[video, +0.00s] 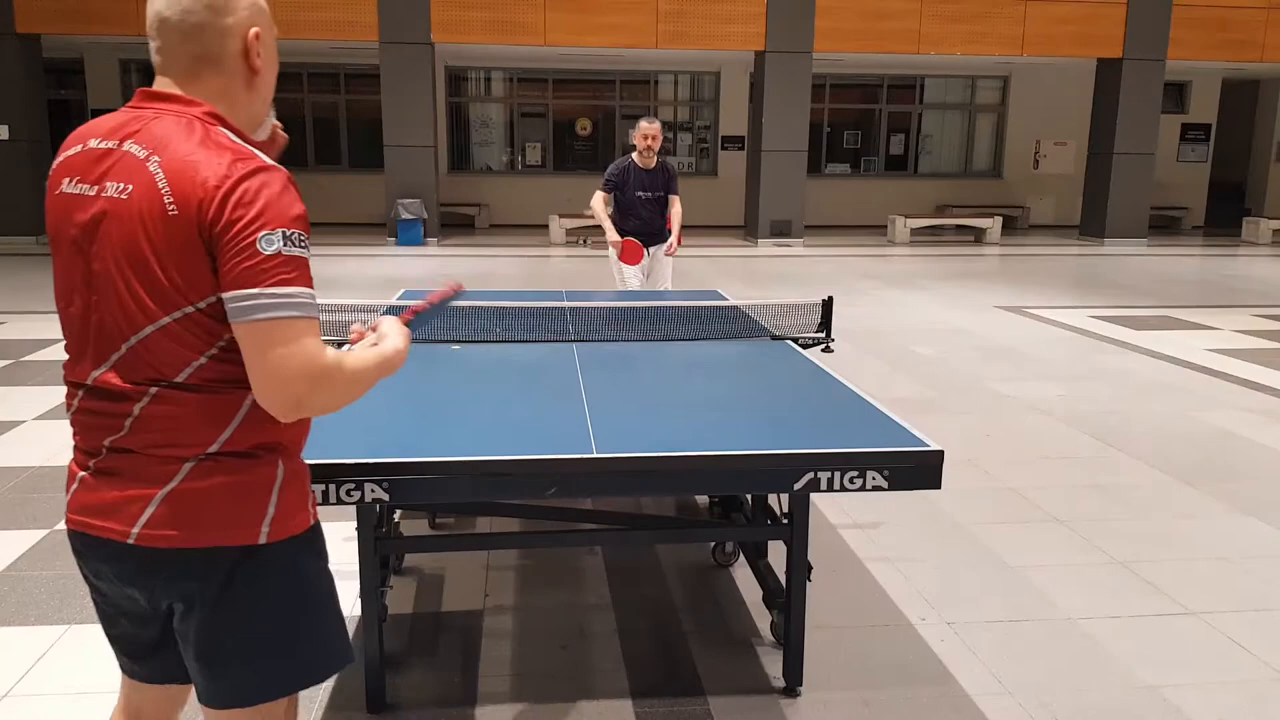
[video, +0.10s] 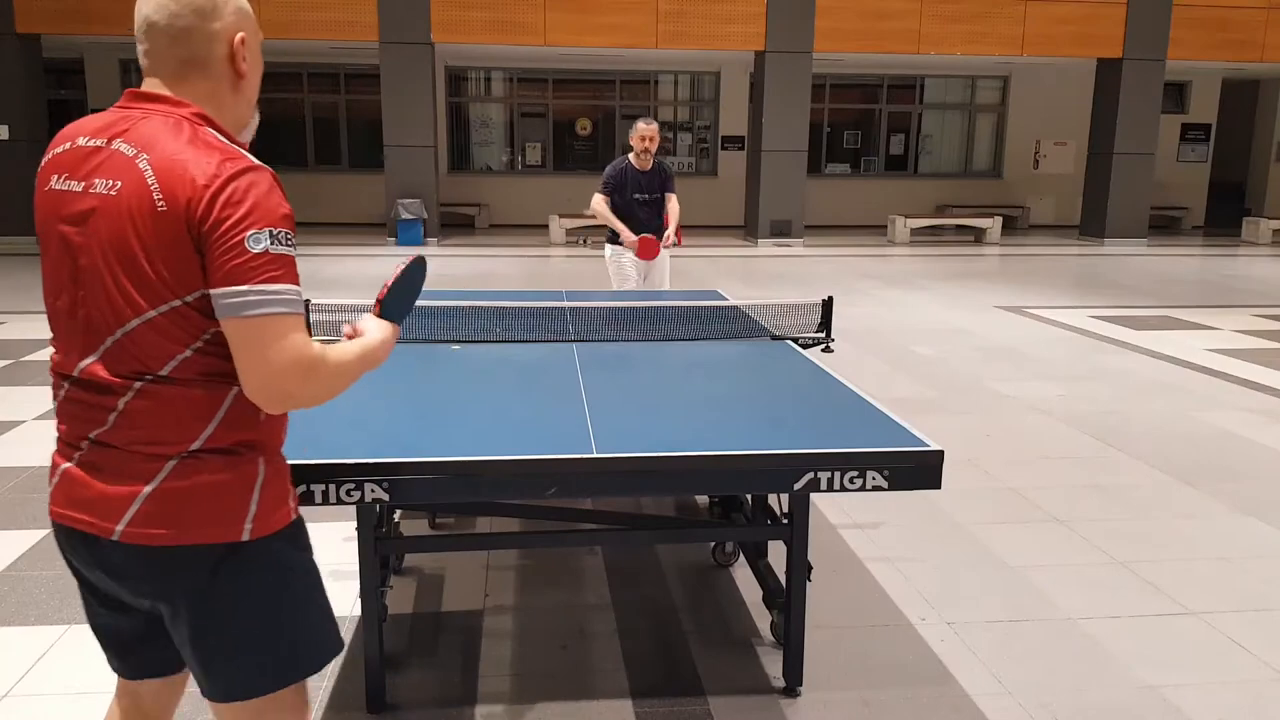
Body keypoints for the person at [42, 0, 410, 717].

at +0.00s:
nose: (275, 70)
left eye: (276, 50)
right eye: (274, 50)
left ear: (161, 53)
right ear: (252, 50)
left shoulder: (77, 152)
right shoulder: (245, 177)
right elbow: (289, 386)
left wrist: (242, 159)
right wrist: (381, 353)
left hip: (105, 512)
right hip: (230, 524)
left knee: (149, 690)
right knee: (255, 709)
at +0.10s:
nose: (259, 80)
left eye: (260, 60)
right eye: (260, 60)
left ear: (148, 60)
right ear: (240, 52)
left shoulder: (65, 150)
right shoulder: (230, 177)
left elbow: (120, 317)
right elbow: (279, 379)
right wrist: (370, 347)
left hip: (89, 507)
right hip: (212, 519)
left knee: (143, 688)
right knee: (267, 704)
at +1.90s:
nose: (255, 141)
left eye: (257, 126)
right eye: (255, 125)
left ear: (163, 116)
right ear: (235, 130)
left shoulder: (55, 184)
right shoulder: (229, 230)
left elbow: (7, 317)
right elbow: (254, 401)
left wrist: (95, 330)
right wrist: (296, 352)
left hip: (17, 483)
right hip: (133, 502)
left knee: (91, 642)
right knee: (265, 668)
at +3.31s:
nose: (156, 100)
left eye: (154, 85)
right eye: (148, 83)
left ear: (69, 86)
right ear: (105, 88)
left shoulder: (10, 157)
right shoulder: (110, 155)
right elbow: (270, 122)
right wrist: (206, 38)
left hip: (12, 459)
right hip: (95, 461)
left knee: (62, 613)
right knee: (192, 659)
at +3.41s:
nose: (132, 108)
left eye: (129, 93)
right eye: (126, 92)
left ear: (42, 94)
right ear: (93, 94)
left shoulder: (3, 159)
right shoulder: (108, 162)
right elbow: (267, 158)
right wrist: (208, 71)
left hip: (5, 461)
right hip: (89, 461)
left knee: (61, 613)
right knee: (195, 659)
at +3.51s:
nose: (128, 114)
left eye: (126, 100)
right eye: (124, 100)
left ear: (34, 101)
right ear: (99, 101)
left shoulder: (4, 162)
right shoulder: (106, 171)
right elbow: (269, 197)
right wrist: (228, 110)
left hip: (6, 462)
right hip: (85, 463)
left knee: (58, 617)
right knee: (197, 651)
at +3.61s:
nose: (139, 113)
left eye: (139, 100)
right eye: (137, 100)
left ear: (48, 102)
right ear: (113, 103)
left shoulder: (5, 168)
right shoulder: (116, 178)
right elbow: (275, 239)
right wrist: (262, 148)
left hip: (6, 464)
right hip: (86, 465)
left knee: (58, 620)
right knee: (200, 652)